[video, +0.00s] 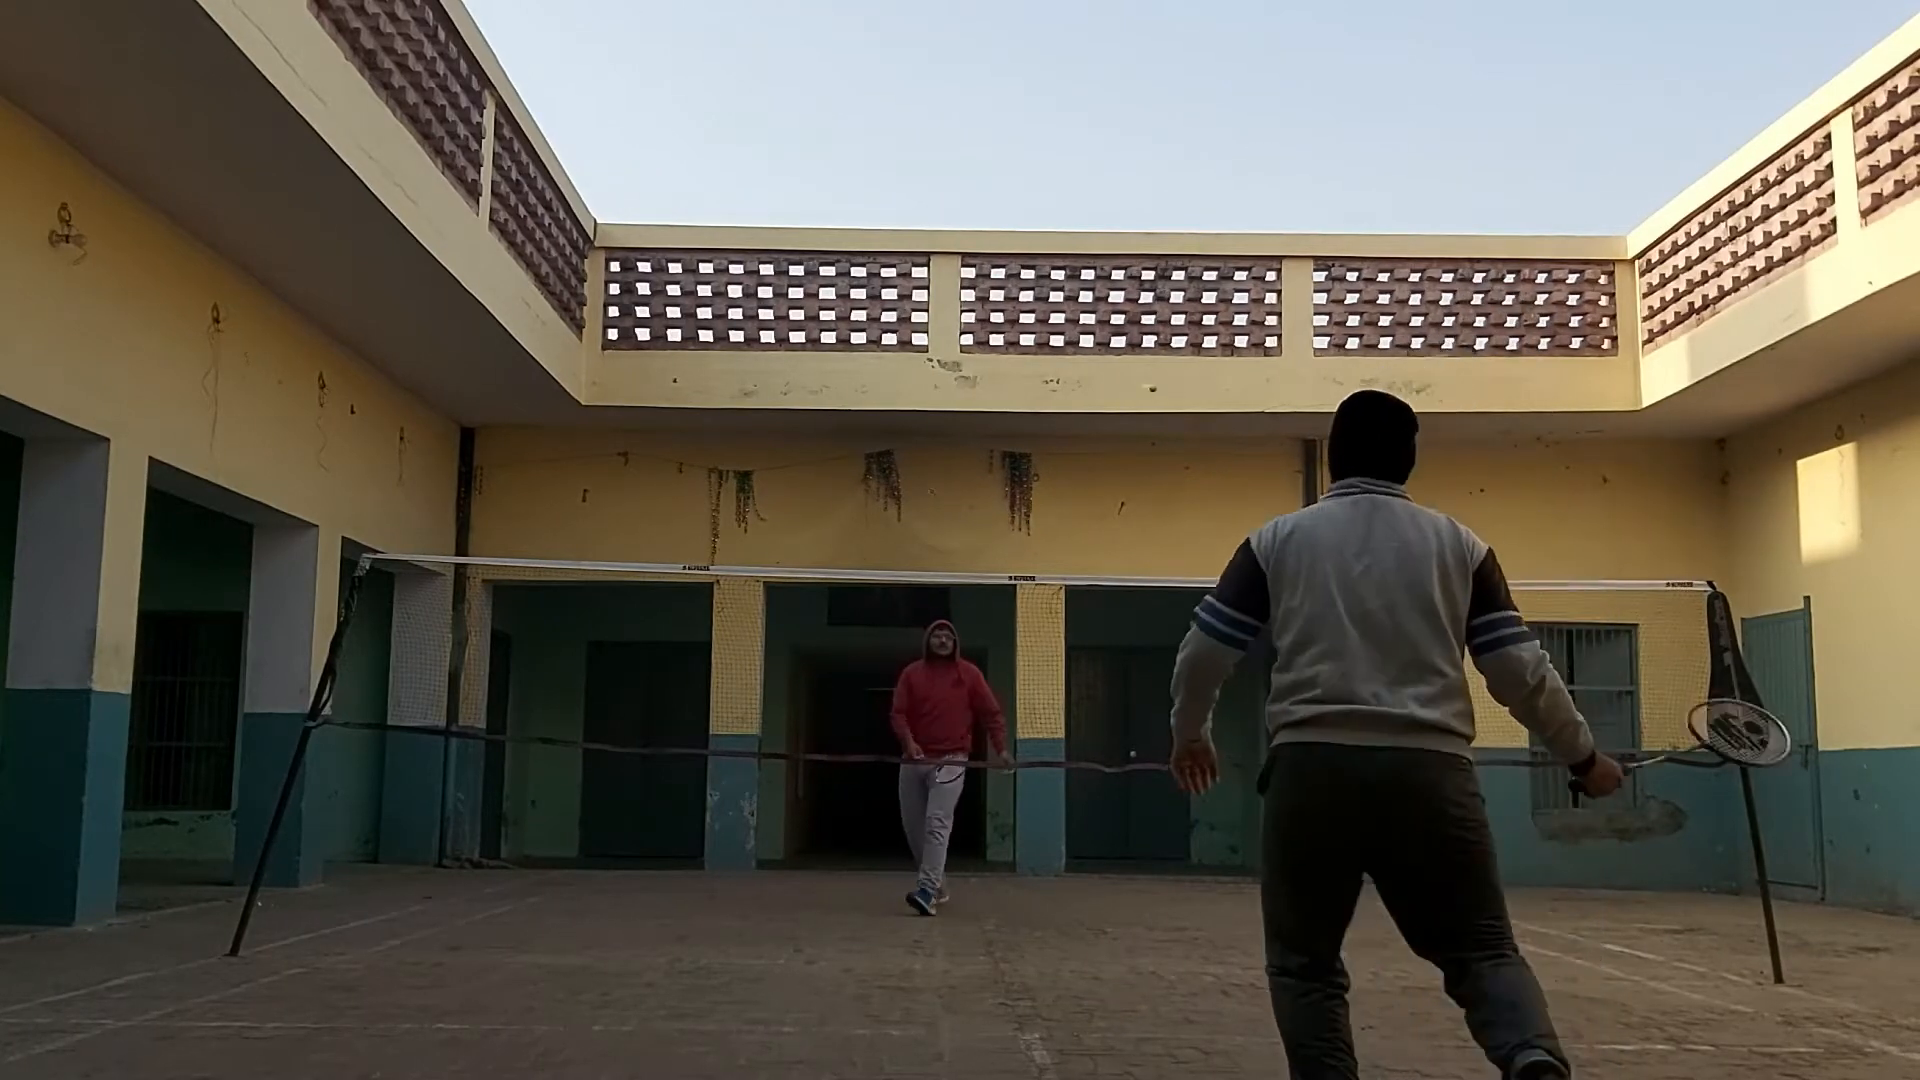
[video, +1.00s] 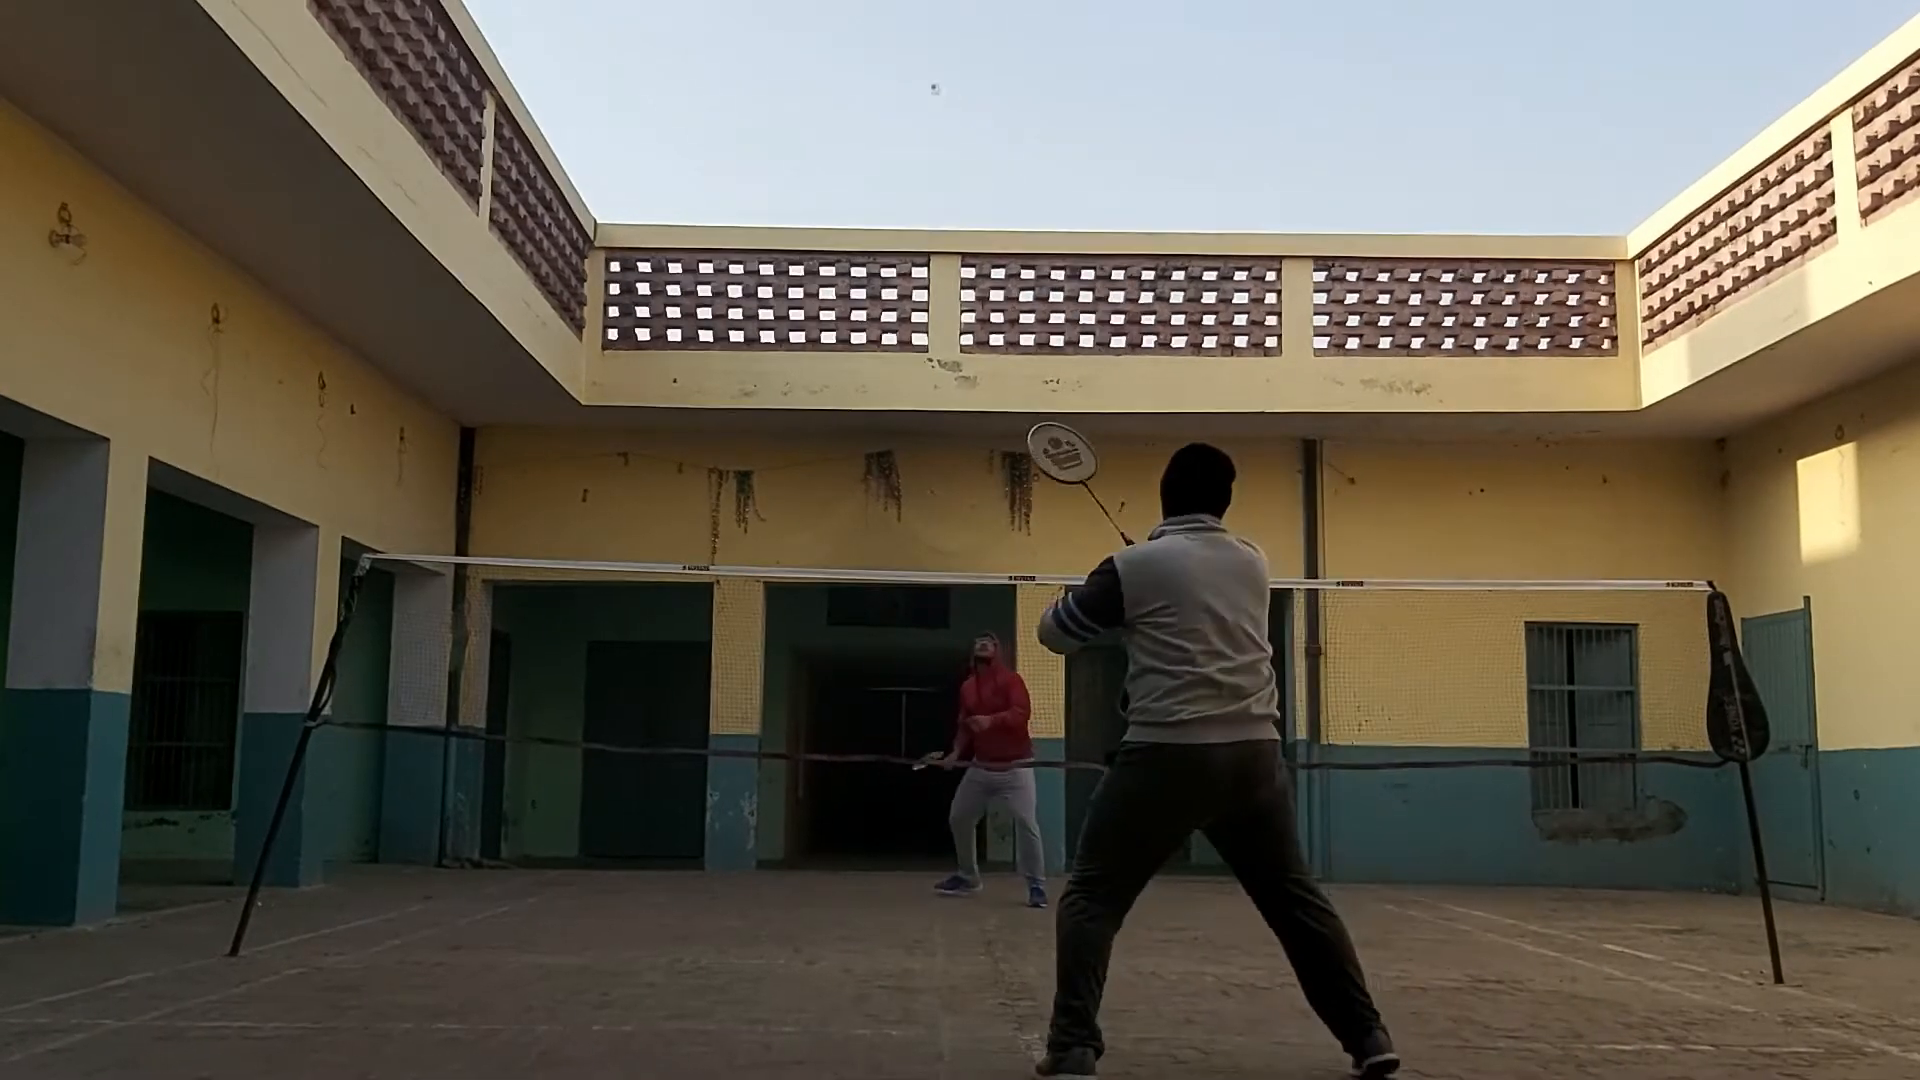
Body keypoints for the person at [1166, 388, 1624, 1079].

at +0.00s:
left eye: (1339, 451)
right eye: (1402, 453)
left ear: (1332, 456)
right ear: (1410, 461)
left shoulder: (1275, 541)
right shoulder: (1460, 546)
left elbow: (1200, 654)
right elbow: (1519, 670)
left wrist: (1190, 732)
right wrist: (1584, 756)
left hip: (1308, 777)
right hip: (1431, 777)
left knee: (1304, 964)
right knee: (1480, 947)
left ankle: (1328, 1077)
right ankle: (1535, 1061)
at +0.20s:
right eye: (1393, 490)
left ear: (1325, 488)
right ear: (1396, 498)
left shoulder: (1258, 557)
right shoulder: (1427, 576)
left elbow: (1164, 632)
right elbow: (1478, 695)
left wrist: (1174, 695)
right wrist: (1567, 786)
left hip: (1291, 767)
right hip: (1401, 769)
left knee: (1295, 947)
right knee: (1411, 890)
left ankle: (1335, 1076)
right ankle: (1415, 1065)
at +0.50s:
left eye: (1360, 534)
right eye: (1413, 552)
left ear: (1356, 539)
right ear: (1416, 562)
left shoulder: (1300, 574)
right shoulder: (1421, 645)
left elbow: (1220, 604)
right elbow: (1418, 759)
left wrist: (1178, 698)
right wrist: (1474, 830)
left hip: (1274, 757)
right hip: (1362, 782)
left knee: (1235, 916)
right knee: (1346, 895)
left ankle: (1296, 1035)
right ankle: (1379, 1050)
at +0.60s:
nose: (1346, 523)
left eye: (1350, 515)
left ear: (1348, 523)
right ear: (1405, 548)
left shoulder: (1302, 559)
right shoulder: (1401, 620)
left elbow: (1229, 602)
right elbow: (1359, 684)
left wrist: (1184, 687)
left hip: (1260, 741)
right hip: (1343, 763)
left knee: (1190, 896)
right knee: (1343, 891)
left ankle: (1257, 1046)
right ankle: (1379, 1052)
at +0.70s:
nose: (1322, 494)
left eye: (1327, 487)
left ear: (1324, 494)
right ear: (1380, 516)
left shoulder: (1283, 540)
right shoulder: (1377, 582)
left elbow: (1200, 586)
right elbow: (1319, 640)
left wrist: (1187, 665)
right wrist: (1236, 659)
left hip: (1248, 727)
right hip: (1330, 743)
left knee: (1161, 875)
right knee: (1328, 885)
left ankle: (1176, 1048)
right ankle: (1381, 1049)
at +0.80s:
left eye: (1275, 478)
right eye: (1334, 495)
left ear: (1272, 485)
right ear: (1333, 498)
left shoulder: (1238, 537)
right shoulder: (1336, 558)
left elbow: (1155, 597)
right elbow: (1275, 560)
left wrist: (1218, 604)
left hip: (1226, 723)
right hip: (1308, 733)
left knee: (1136, 874)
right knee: (1320, 879)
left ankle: (1090, 1033)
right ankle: (1373, 1037)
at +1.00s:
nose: (1164, 502)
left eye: (1165, 492)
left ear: (1164, 498)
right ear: (1226, 502)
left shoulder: (1136, 566)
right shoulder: (1253, 562)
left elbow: (1056, 630)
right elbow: (1197, 600)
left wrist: (1090, 589)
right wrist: (1149, 559)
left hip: (1162, 757)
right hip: (1253, 756)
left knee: (1093, 896)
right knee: (1293, 893)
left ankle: (1072, 1047)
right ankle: (1368, 1039)